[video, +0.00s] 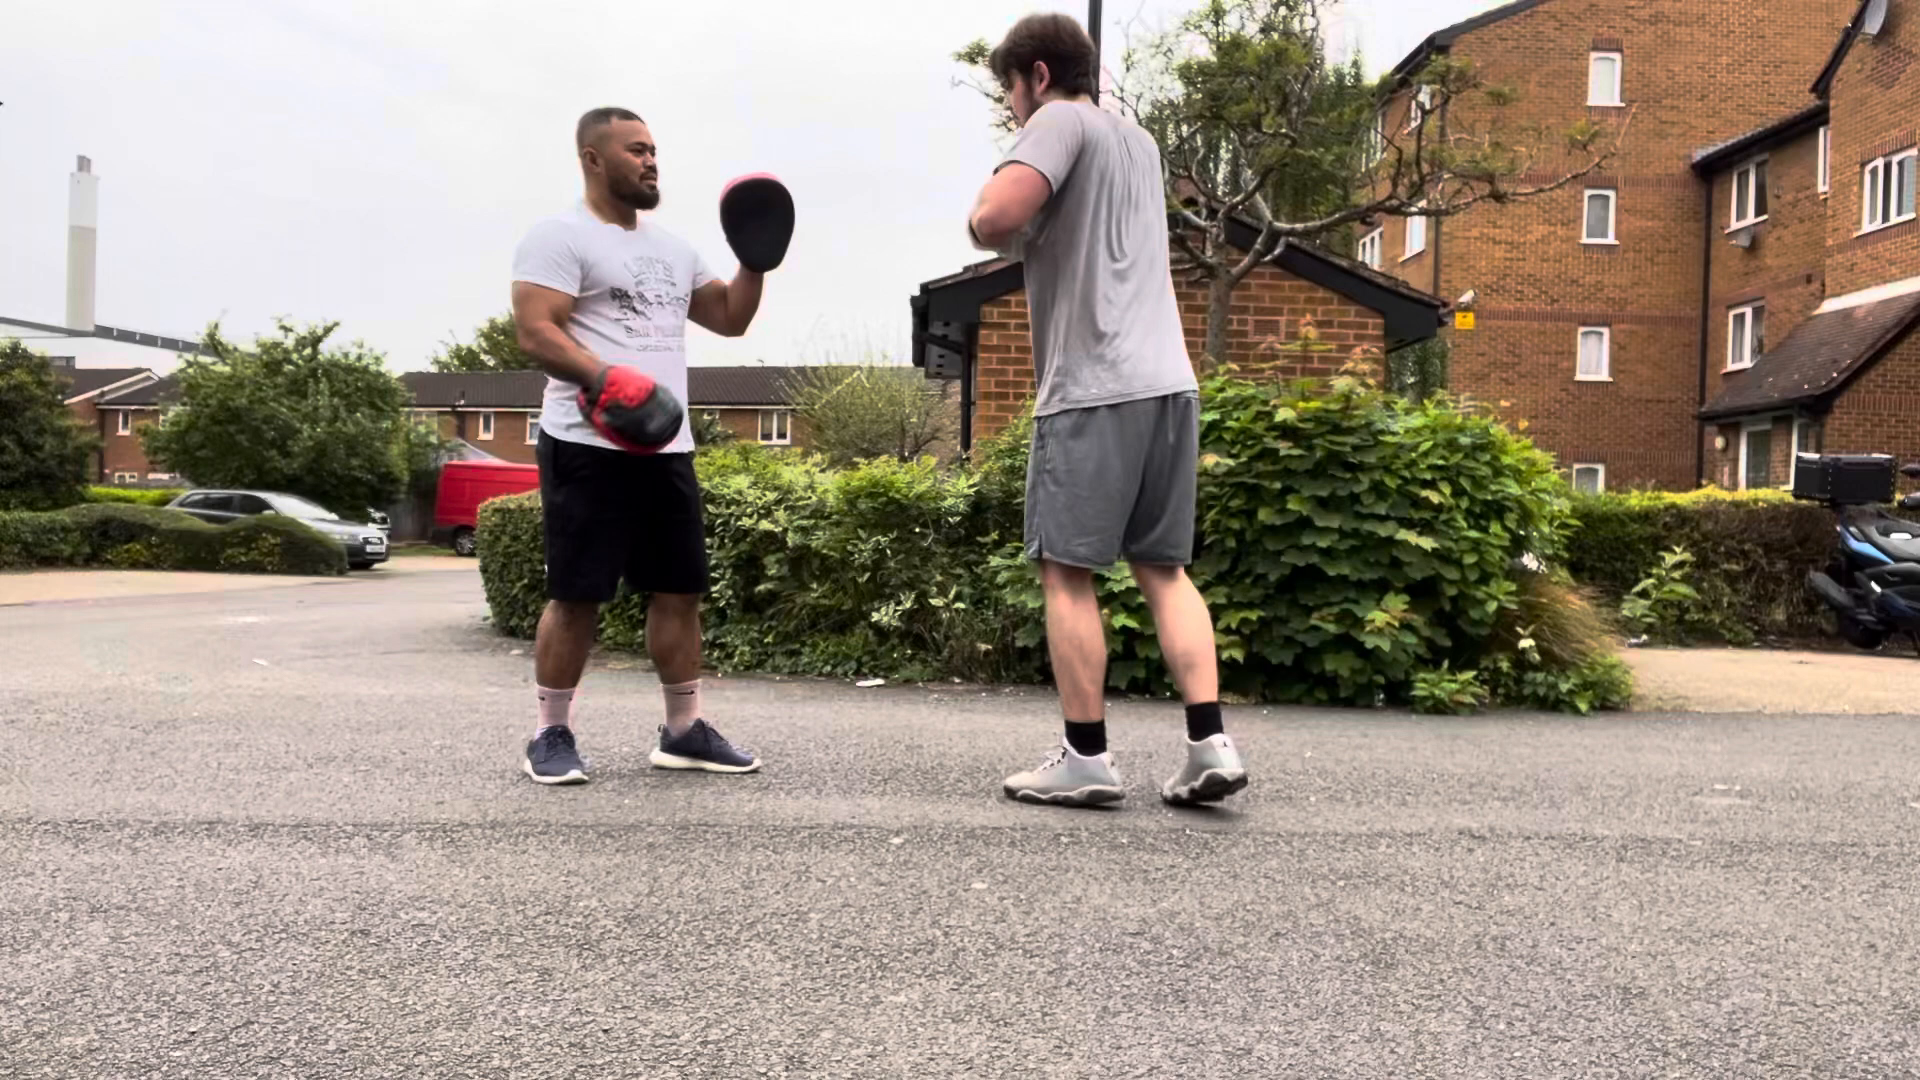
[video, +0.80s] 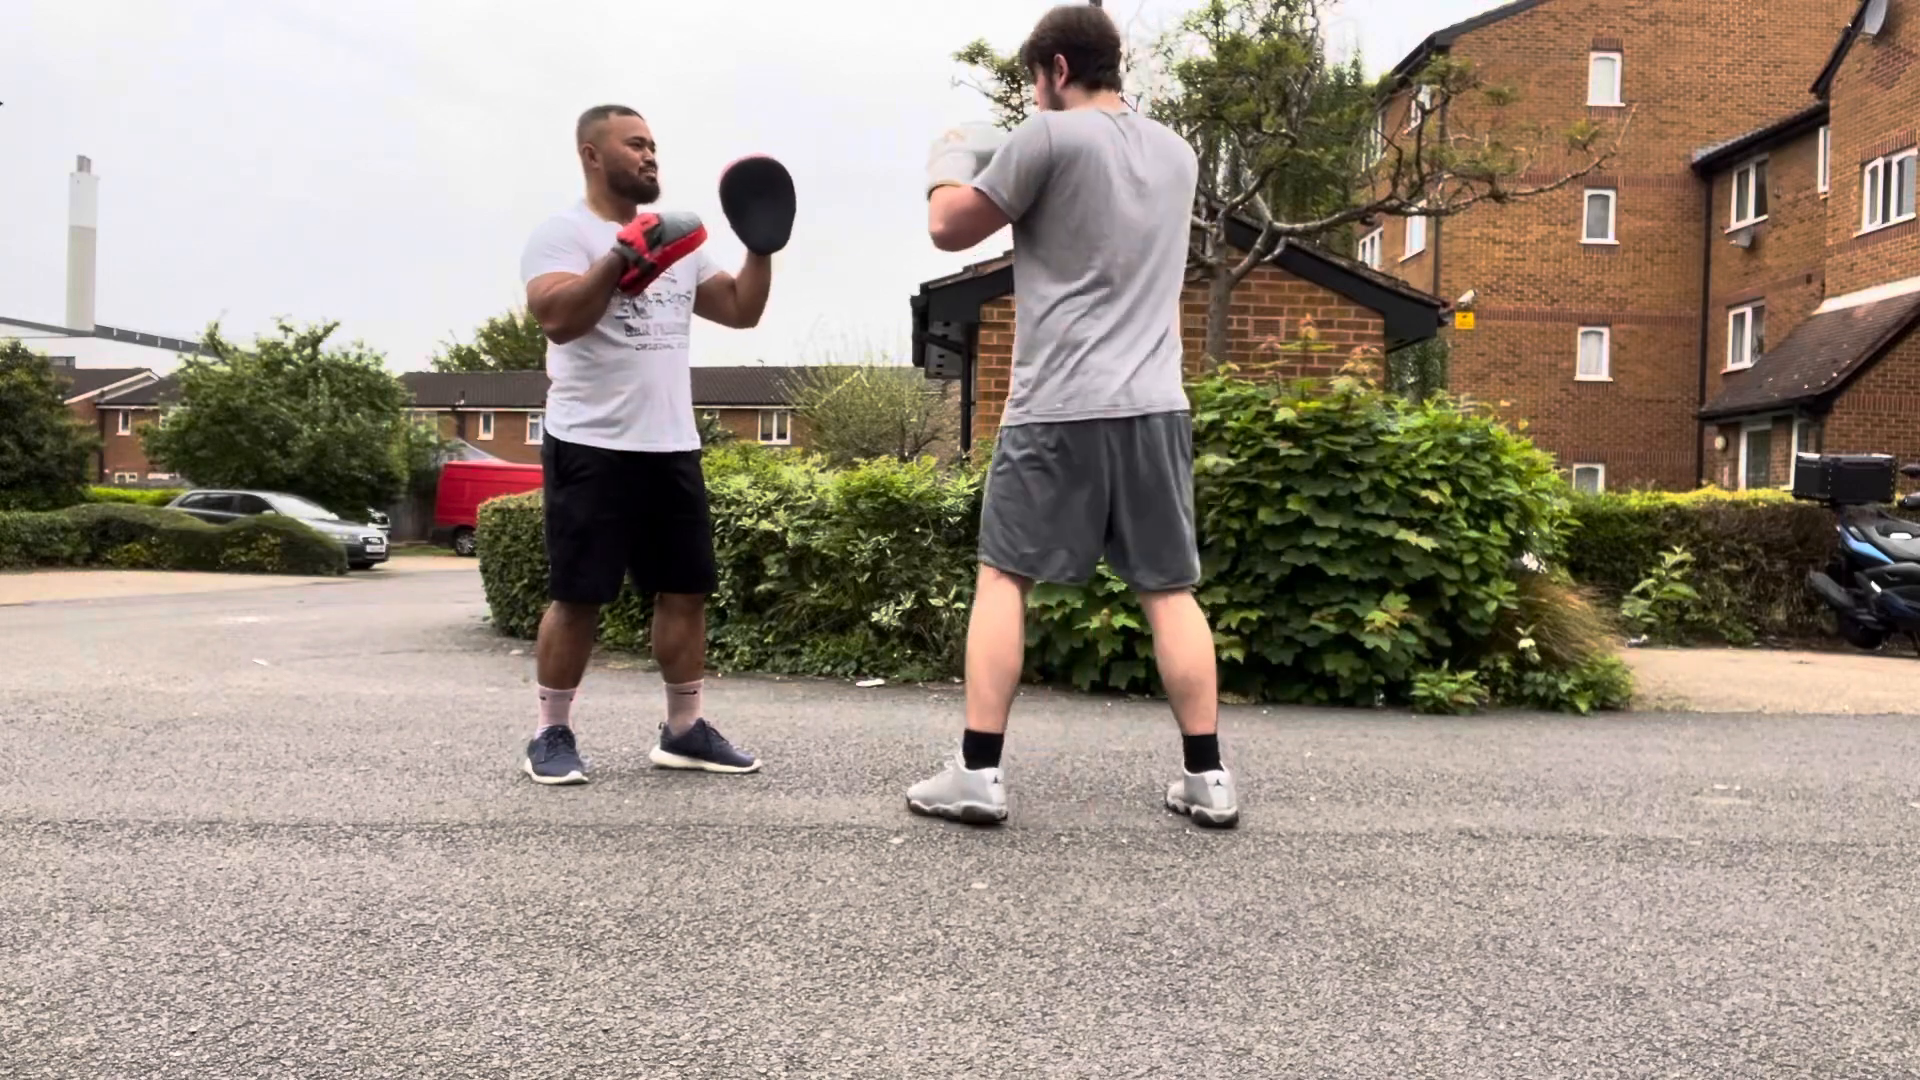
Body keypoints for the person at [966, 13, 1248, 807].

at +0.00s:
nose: (1012, 106)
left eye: (1012, 90)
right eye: (1009, 92)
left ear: (1040, 74)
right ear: (1084, 75)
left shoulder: (1062, 121)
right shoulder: (1139, 138)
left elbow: (993, 218)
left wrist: (1015, 229)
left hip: (1093, 389)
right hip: (1172, 383)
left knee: (1067, 572)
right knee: (1163, 564)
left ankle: (1084, 757)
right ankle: (1211, 745)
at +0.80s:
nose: (1033, 93)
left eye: (1033, 79)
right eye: (1032, 80)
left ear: (1056, 71)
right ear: (1113, 67)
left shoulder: (1049, 138)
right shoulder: (1178, 150)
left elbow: (950, 228)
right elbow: (1118, 228)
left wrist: (948, 166)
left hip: (1053, 406)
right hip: (1158, 404)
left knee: (1002, 576)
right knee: (1170, 587)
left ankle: (979, 773)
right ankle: (1208, 777)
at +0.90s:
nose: (1009, 93)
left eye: (1008, 80)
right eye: (1008, 81)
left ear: (1031, 71)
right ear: (1091, 66)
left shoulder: (1017, 136)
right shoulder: (1157, 144)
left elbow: (906, 209)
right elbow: (1111, 237)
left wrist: (890, 163)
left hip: (1040, 401)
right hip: (1144, 398)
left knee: (989, 575)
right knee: (1159, 584)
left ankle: (978, 773)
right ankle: (1208, 773)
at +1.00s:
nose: (981, 86)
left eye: (981, 74)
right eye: (979, 75)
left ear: (1003, 68)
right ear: (1067, 64)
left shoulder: (982, 134)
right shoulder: (1133, 136)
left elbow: (858, 169)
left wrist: (806, 164)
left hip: (1016, 396)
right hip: (1122, 390)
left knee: (981, 578)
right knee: (1149, 574)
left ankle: (976, 773)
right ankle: (1206, 764)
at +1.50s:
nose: (948, 79)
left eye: (948, 63)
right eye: (945, 65)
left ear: (973, 53)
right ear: (1029, 46)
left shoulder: (974, 128)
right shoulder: (1095, 124)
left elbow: (906, 260)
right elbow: (1035, 202)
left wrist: (873, 257)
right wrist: (941, 161)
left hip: (1016, 391)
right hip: (1111, 387)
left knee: (977, 583)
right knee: (1134, 574)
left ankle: (977, 778)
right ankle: (1201, 758)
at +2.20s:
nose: (1026, 79)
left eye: (1025, 65)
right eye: (1024, 64)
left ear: (1047, 56)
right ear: (1110, 50)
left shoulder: (1057, 137)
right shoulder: (1170, 132)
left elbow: (1010, 267)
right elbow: (1143, 238)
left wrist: (976, 216)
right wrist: (1044, 163)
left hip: (1081, 402)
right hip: (1177, 398)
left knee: (1019, 582)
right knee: (1170, 590)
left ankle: (977, 775)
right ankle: (1207, 779)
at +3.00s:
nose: (1027, 103)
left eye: (1025, 86)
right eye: (1023, 88)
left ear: (1055, 70)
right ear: (1103, 62)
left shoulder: (1075, 148)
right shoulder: (1171, 138)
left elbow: (1018, 268)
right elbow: (1094, 240)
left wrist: (985, 195)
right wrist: (1010, 188)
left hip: (1104, 405)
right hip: (1194, 400)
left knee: (1028, 574)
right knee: (1178, 587)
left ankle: (980, 772)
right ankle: (1207, 779)